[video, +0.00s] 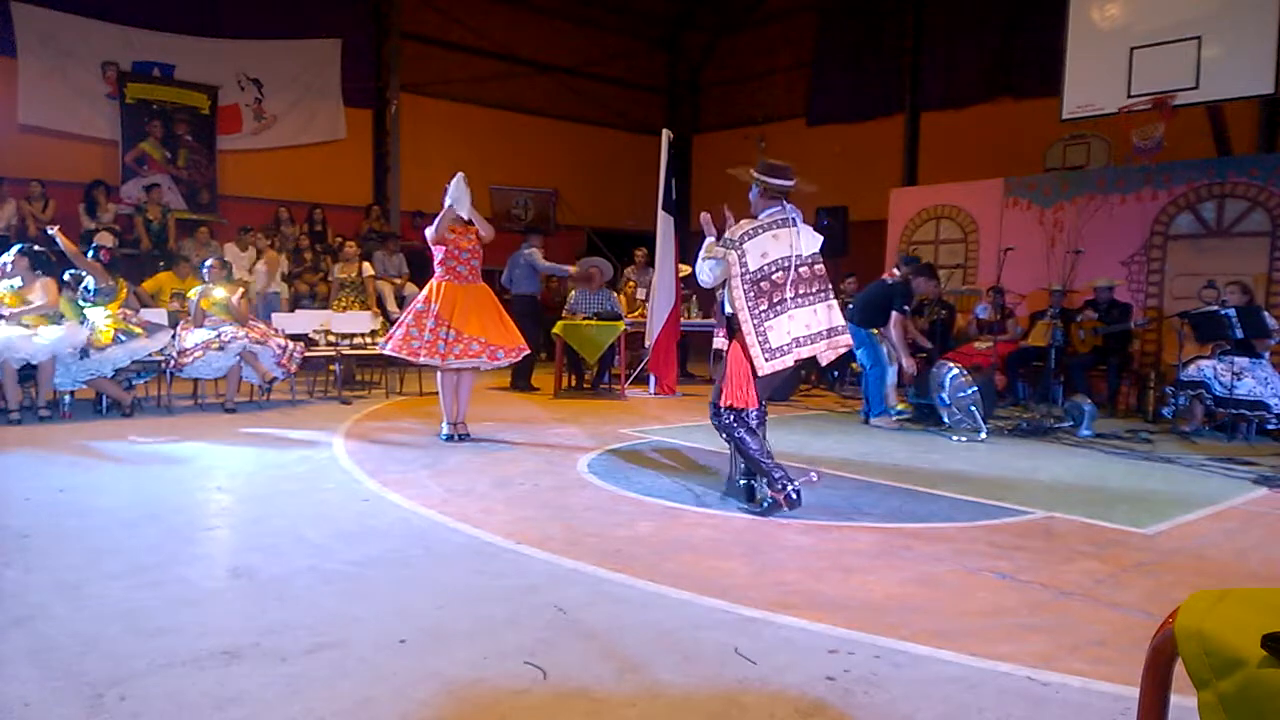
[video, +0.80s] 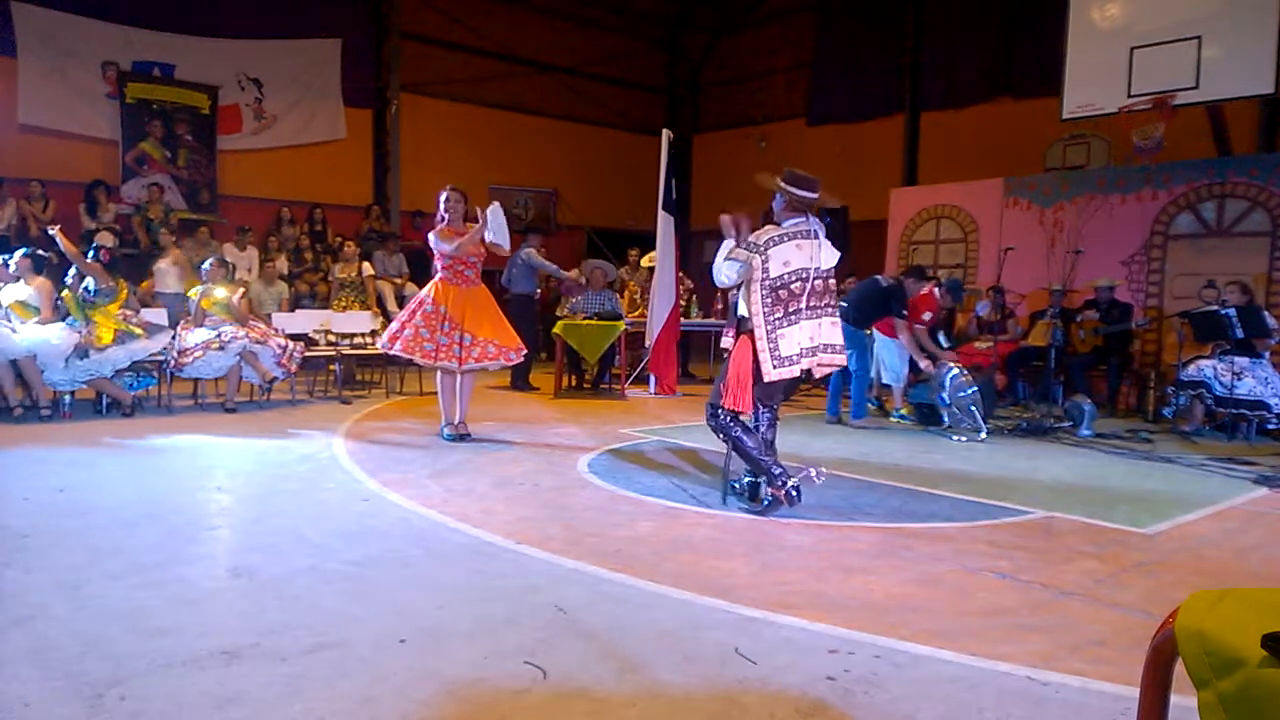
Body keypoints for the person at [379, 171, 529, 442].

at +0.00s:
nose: (457, 207)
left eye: (460, 204)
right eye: (452, 202)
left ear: (466, 207)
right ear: (445, 205)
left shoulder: (475, 232)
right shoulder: (436, 232)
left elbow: (489, 234)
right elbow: (436, 234)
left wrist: (469, 210)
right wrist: (450, 205)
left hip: (473, 297)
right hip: (446, 296)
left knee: (468, 363)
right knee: (447, 363)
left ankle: (461, 420)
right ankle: (447, 420)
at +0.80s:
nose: (450, 206)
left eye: (456, 202)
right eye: (446, 202)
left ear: (465, 206)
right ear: (440, 207)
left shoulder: (475, 232)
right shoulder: (437, 235)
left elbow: (504, 251)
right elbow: (455, 248)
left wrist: (494, 221)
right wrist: (481, 228)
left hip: (472, 299)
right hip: (446, 299)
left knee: (468, 365)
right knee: (447, 364)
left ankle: (461, 421)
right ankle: (447, 422)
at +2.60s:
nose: (462, 207)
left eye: (466, 202)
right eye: (457, 202)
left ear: (469, 203)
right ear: (450, 200)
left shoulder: (479, 233)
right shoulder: (438, 229)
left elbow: (487, 236)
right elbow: (442, 228)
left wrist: (472, 205)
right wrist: (451, 202)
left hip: (469, 297)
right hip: (443, 296)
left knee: (462, 365)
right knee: (442, 364)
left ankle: (458, 421)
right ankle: (446, 422)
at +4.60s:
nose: (463, 208)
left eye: (468, 204)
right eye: (459, 205)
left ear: (474, 209)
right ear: (452, 209)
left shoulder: (481, 237)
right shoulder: (441, 233)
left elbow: (481, 226)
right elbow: (436, 223)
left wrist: (462, 201)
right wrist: (445, 197)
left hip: (470, 296)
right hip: (443, 294)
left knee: (463, 364)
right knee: (443, 363)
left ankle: (459, 421)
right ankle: (446, 422)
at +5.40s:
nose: (456, 207)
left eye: (461, 204)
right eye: (452, 204)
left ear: (468, 210)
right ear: (444, 208)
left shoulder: (476, 236)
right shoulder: (437, 233)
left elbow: (487, 222)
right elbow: (433, 225)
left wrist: (466, 198)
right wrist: (444, 198)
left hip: (468, 296)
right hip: (441, 295)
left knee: (461, 364)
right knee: (442, 364)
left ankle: (458, 421)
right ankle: (445, 421)